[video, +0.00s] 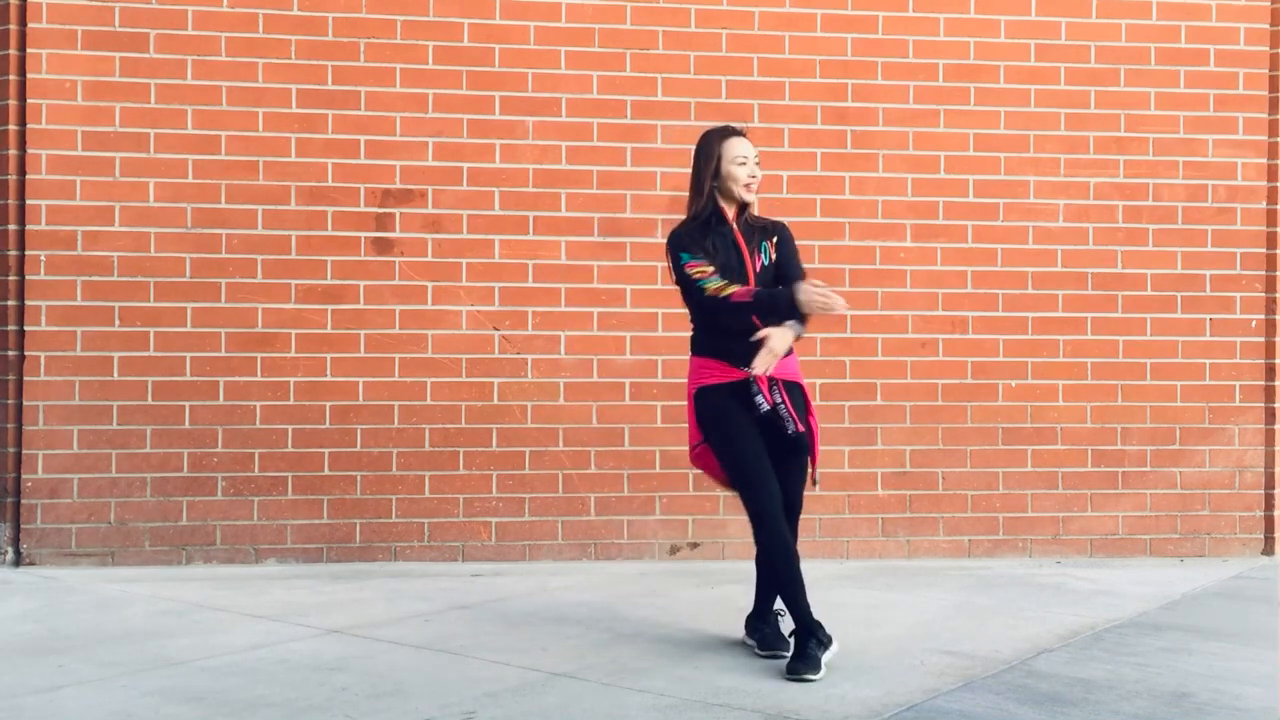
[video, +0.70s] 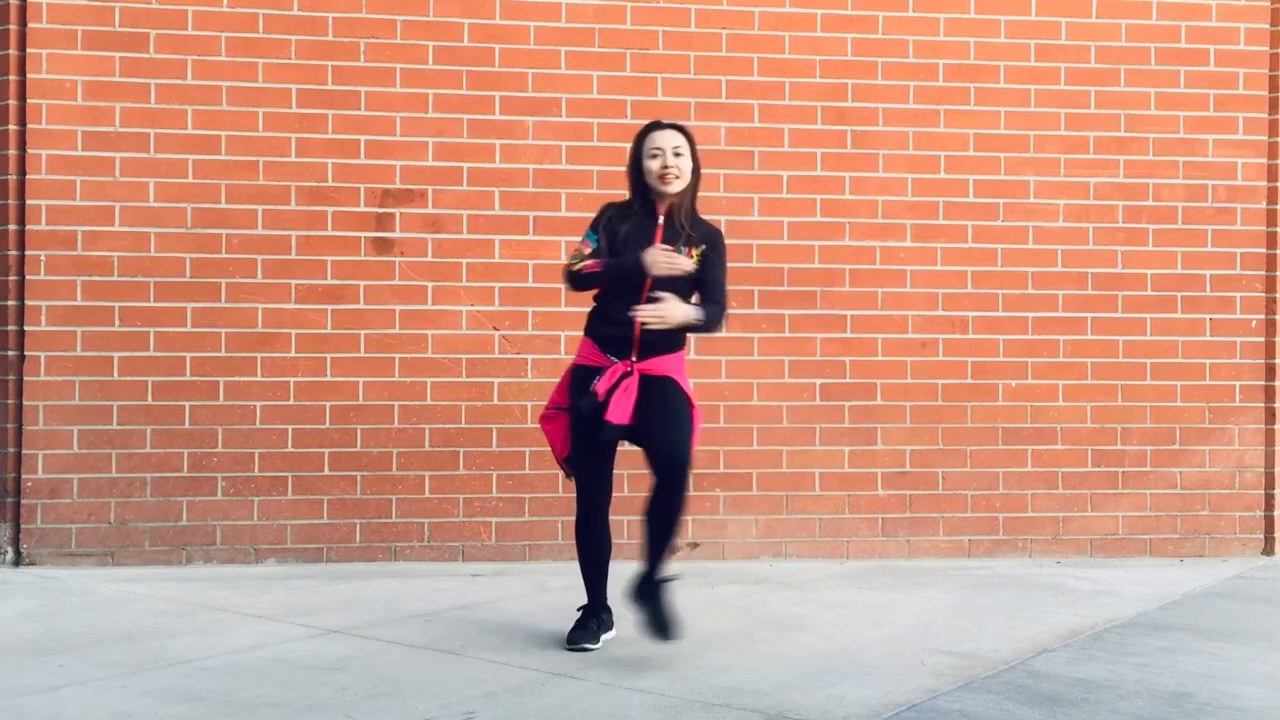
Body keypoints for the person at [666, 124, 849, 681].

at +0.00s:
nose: (754, 171)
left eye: (756, 162)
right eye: (742, 163)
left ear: (757, 170)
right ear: (712, 171)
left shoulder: (775, 233)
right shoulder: (687, 239)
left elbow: (797, 297)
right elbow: (716, 300)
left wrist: (786, 330)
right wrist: (790, 297)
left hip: (780, 381)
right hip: (721, 384)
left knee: (785, 506)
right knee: (763, 502)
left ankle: (761, 616)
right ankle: (808, 628)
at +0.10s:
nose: (746, 166)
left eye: (751, 157)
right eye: (732, 158)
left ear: (759, 166)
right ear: (707, 169)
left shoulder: (779, 230)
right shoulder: (689, 235)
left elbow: (832, 282)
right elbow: (668, 301)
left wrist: (824, 311)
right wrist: (729, 287)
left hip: (774, 380)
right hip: (710, 380)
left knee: (782, 506)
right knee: (722, 492)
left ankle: (762, 617)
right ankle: (776, 609)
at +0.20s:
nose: (729, 155)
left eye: (738, 146)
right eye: (715, 147)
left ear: (751, 156)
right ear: (698, 159)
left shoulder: (775, 219)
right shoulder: (685, 222)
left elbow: (838, 272)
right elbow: (623, 287)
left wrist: (839, 293)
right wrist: (671, 289)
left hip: (763, 375)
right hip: (700, 373)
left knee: (767, 501)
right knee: (675, 458)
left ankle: (763, 614)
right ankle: (703, 572)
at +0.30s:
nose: (718, 151)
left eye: (728, 141)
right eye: (705, 144)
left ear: (744, 151)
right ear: (689, 156)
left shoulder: (766, 217)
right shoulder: (675, 217)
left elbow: (802, 264)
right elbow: (616, 274)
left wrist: (827, 298)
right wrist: (637, 304)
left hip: (748, 371)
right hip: (683, 366)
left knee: (752, 496)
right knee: (643, 477)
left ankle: (762, 615)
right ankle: (635, 574)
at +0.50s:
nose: (694, 163)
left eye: (704, 154)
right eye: (682, 155)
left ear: (719, 164)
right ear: (665, 166)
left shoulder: (732, 240)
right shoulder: (642, 226)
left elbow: (740, 306)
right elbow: (605, 285)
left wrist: (770, 342)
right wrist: (595, 306)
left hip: (697, 381)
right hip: (630, 375)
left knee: (726, 498)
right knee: (611, 498)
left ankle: (758, 610)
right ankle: (598, 609)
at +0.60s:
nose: (679, 167)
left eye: (689, 158)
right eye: (667, 159)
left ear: (704, 170)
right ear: (650, 170)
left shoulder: (715, 244)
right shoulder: (621, 227)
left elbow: (735, 312)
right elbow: (563, 283)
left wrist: (740, 332)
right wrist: (605, 274)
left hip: (675, 377)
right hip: (609, 373)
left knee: (705, 476)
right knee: (593, 496)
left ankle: (723, 584)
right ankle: (595, 610)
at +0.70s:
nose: (667, 163)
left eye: (677, 154)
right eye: (655, 155)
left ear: (693, 164)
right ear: (638, 165)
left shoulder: (705, 236)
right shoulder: (613, 218)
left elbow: (714, 312)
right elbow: (576, 275)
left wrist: (685, 313)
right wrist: (640, 261)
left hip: (661, 372)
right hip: (600, 367)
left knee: (676, 466)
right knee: (592, 492)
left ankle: (650, 581)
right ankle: (596, 607)